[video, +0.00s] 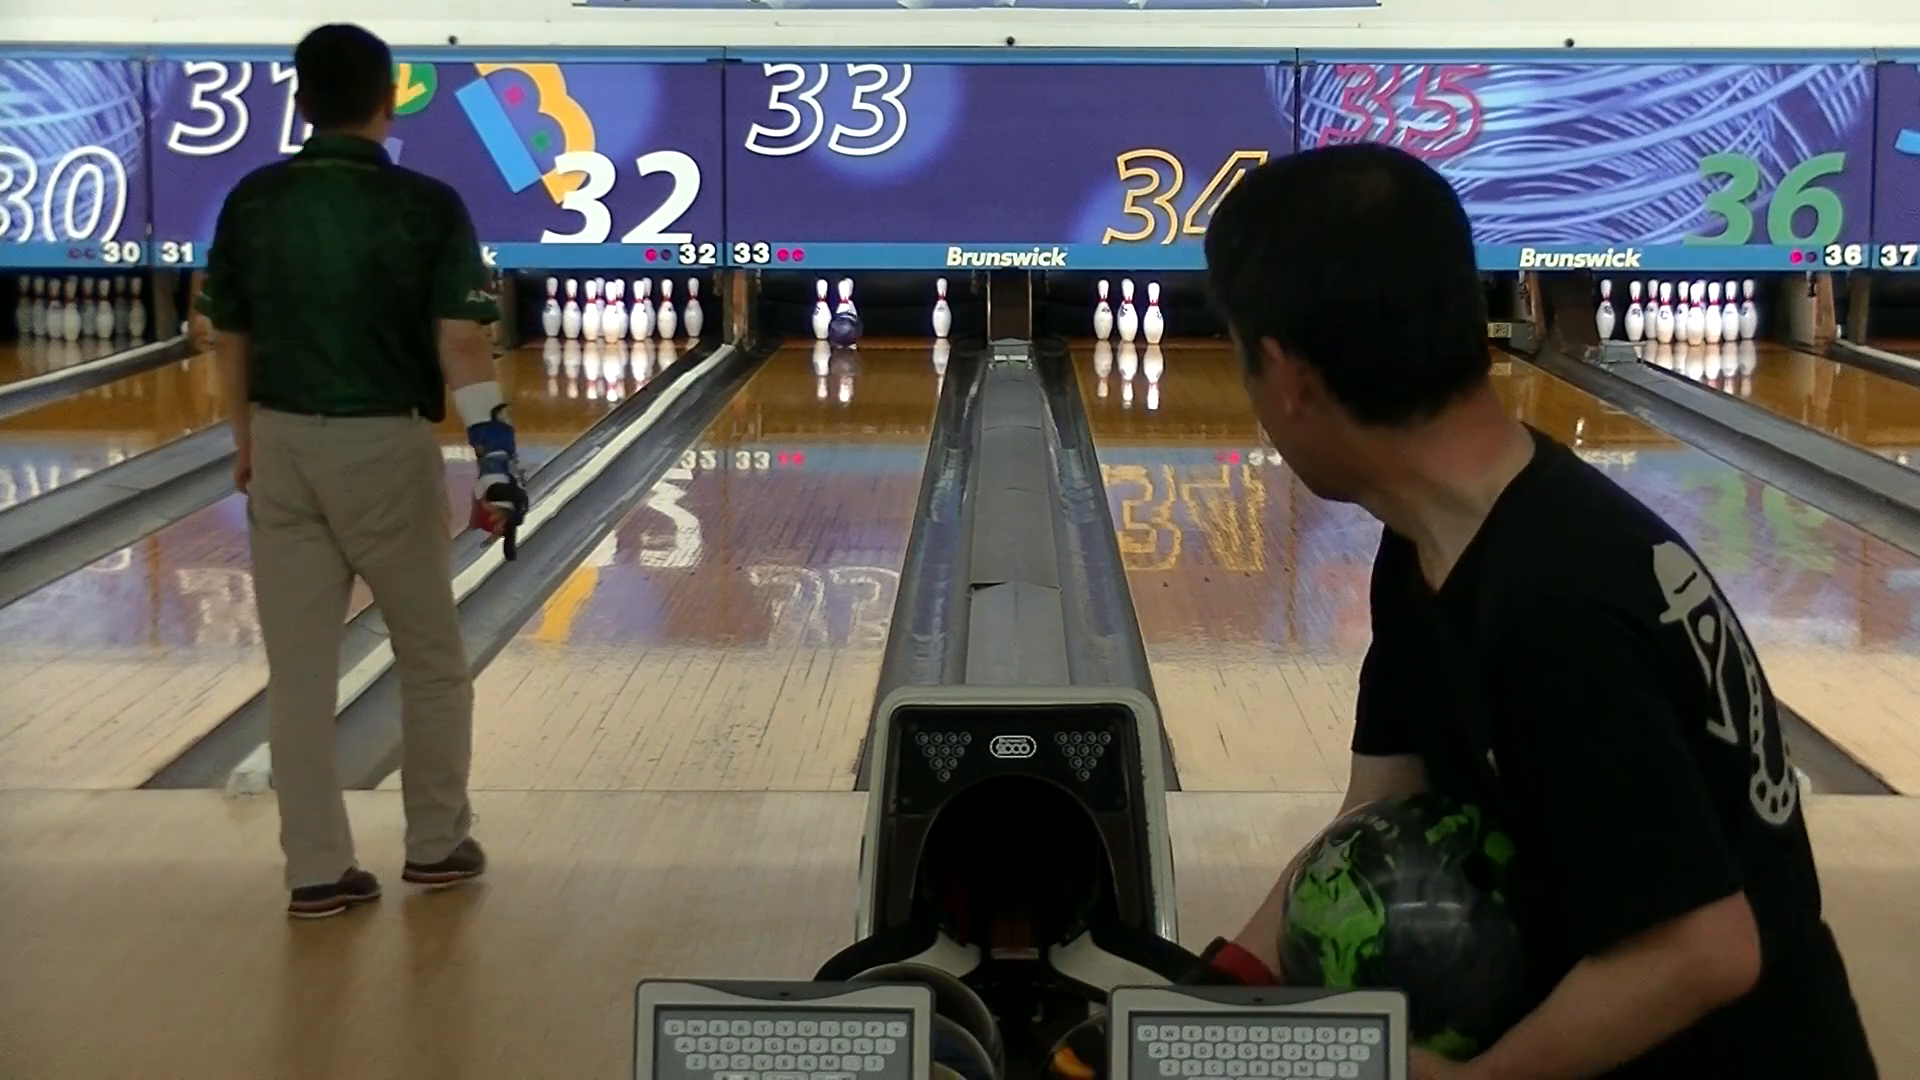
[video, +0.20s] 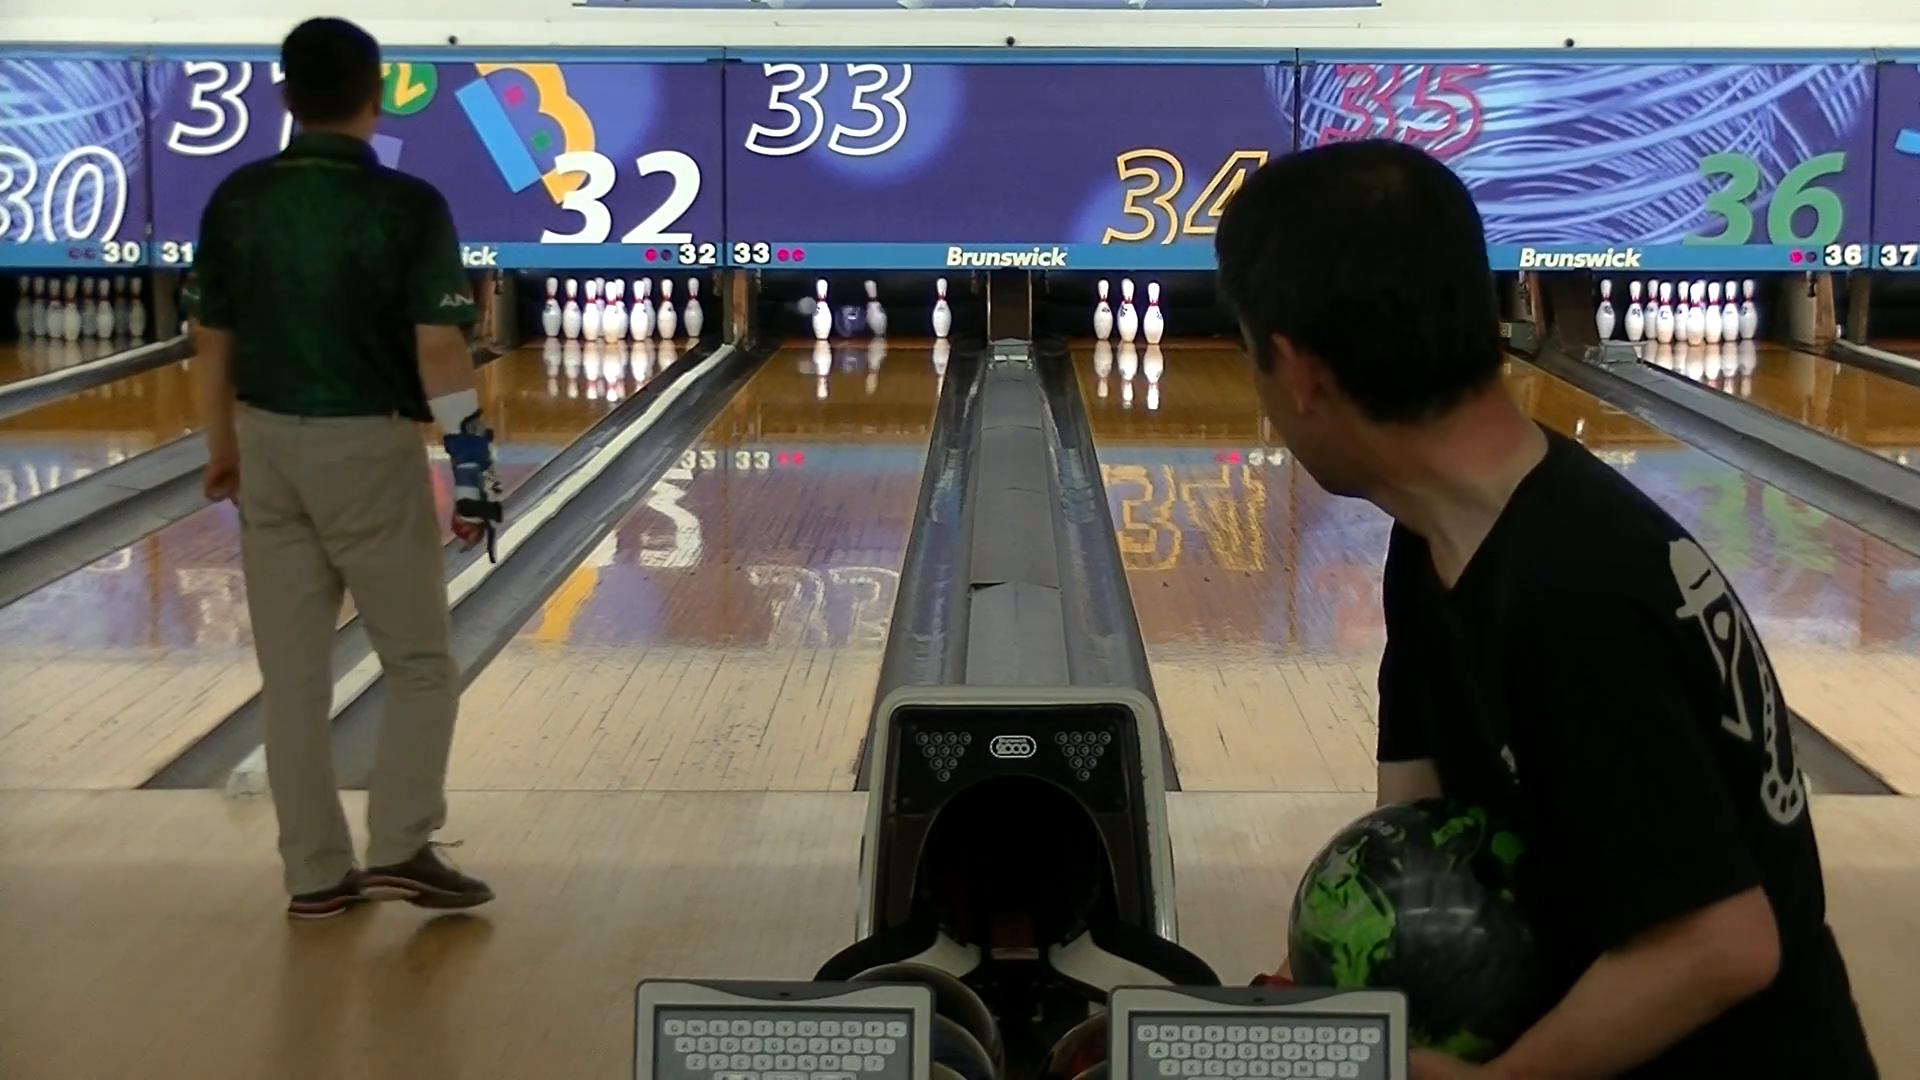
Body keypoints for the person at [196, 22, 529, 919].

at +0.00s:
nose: (398, 103)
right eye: (394, 90)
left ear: (304, 101)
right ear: (389, 99)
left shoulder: (252, 199)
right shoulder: (426, 205)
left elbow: (229, 337)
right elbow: (463, 342)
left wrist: (245, 437)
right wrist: (497, 453)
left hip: (278, 450)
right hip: (385, 449)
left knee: (297, 670)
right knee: (432, 656)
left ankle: (315, 874)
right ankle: (438, 846)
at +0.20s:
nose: (380, 102)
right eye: (379, 88)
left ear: (287, 96)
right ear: (375, 94)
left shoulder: (235, 198)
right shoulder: (408, 204)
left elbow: (209, 340)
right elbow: (436, 343)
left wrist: (221, 444)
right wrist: (472, 436)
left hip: (262, 450)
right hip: (368, 449)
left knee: (290, 675)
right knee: (419, 661)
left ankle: (314, 877)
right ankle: (401, 849)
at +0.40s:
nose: (379, 99)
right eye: (377, 86)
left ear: (284, 94)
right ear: (372, 93)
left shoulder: (231, 195)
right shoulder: (397, 210)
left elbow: (205, 335)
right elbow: (423, 355)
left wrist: (213, 437)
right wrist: (449, 450)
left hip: (261, 447)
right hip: (357, 451)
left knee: (290, 660)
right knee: (390, 655)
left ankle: (312, 866)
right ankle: (314, 844)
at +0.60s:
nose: (382, 103)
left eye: (374, 88)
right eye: (380, 89)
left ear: (285, 95)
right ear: (371, 96)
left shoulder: (238, 197)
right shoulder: (383, 212)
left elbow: (213, 331)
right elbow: (426, 359)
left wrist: (240, 429)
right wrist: (437, 437)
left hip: (260, 453)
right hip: (340, 459)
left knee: (294, 664)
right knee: (349, 675)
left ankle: (312, 852)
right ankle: (290, 887)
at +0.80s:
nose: (394, 108)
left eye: (388, 92)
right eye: (389, 92)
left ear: (304, 102)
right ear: (368, 99)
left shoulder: (264, 197)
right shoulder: (350, 214)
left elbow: (240, 336)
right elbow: (404, 371)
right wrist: (444, 447)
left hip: (288, 460)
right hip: (334, 468)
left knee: (360, 661)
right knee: (329, 676)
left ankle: (342, 852)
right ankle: (280, 894)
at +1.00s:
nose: (418, 137)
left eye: (420, 120)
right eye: (410, 118)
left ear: (361, 113)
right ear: (359, 109)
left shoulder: (354, 207)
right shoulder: (294, 212)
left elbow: (361, 355)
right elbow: (331, 369)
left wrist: (399, 468)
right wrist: (401, 487)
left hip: (374, 475)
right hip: (306, 480)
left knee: (440, 684)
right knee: (307, 702)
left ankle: (406, 877)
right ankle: (279, 892)